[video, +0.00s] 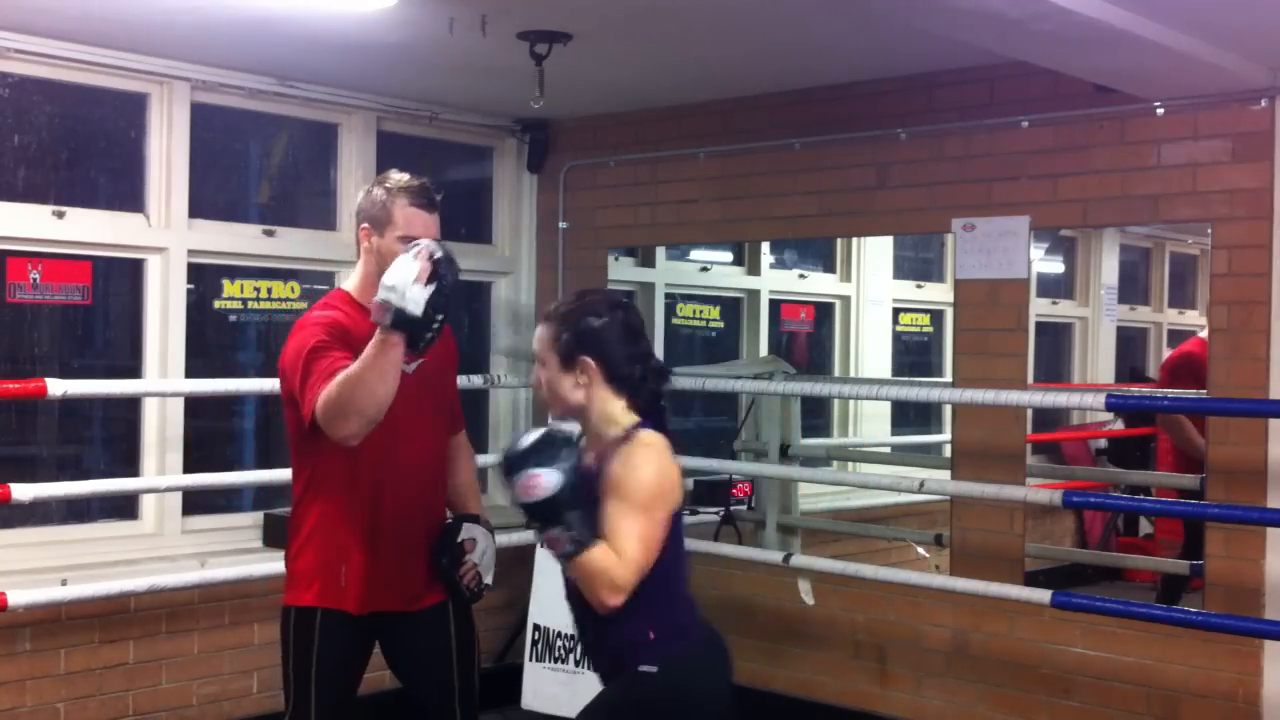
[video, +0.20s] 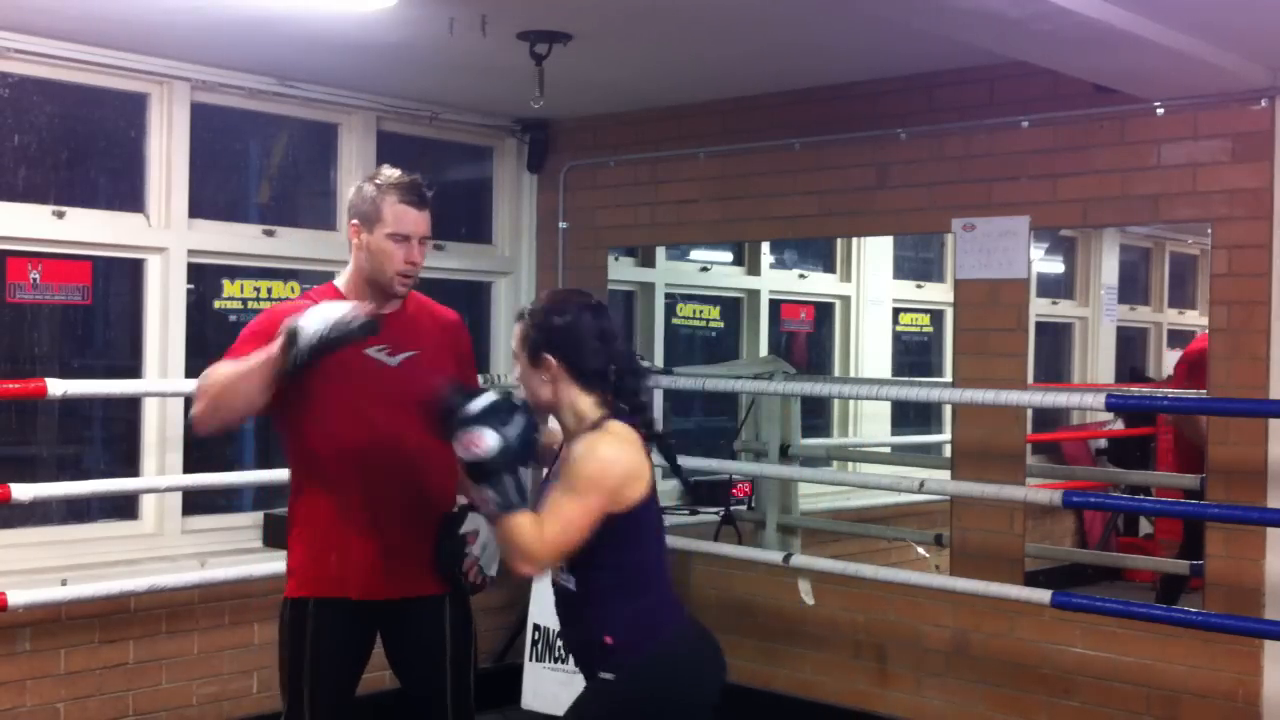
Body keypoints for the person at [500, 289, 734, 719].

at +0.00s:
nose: (536, 378)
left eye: (542, 365)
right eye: (537, 364)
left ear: (583, 374)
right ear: (583, 376)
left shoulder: (644, 457)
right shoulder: (591, 447)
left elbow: (610, 589)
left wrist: (555, 515)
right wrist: (547, 492)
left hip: (669, 678)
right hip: (637, 671)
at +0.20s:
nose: (517, 378)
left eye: (519, 363)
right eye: (515, 364)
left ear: (548, 368)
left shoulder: (607, 450)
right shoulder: (578, 439)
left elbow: (531, 554)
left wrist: (494, 488)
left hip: (646, 679)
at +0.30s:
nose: (529, 367)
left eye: (531, 354)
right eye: (528, 353)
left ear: (556, 356)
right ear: (610, 349)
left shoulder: (572, 434)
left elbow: (507, 535)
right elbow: (683, 494)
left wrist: (485, 453)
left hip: (634, 670)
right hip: (696, 655)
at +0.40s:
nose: (561, 374)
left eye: (563, 360)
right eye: (559, 361)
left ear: (592, 359)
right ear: (638, 352)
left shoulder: (588, 431)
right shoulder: (696, 427)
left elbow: (534, 532)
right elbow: (706, 524)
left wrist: (515, 452)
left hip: (645, 658)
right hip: (723, 647)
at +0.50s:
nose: (591, 376)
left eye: (593, 364)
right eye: (589, 365)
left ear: (618, 360)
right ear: (667, 353)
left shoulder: (611, 425)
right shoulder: (720, 427)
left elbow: (563, 533)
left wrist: (545, 457)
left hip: (657, 652)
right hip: (741, 644)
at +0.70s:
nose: (598, 369)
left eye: (600, 356)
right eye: (596, 356)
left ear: (629, 355)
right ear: (675, 351)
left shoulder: (619, 419)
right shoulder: (724, 423)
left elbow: (566, 524)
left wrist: (552, 447)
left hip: (663, 646)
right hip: (744, 637)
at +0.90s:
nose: (611, 404)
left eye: (613, 390)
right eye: (610, 391)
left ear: (643, 389)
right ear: (688, 383)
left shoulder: (629, 461)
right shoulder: (740, 453)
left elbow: (604, 577)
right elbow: (760, 566)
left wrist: (579, 507)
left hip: (681, 679)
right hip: (768, 675)